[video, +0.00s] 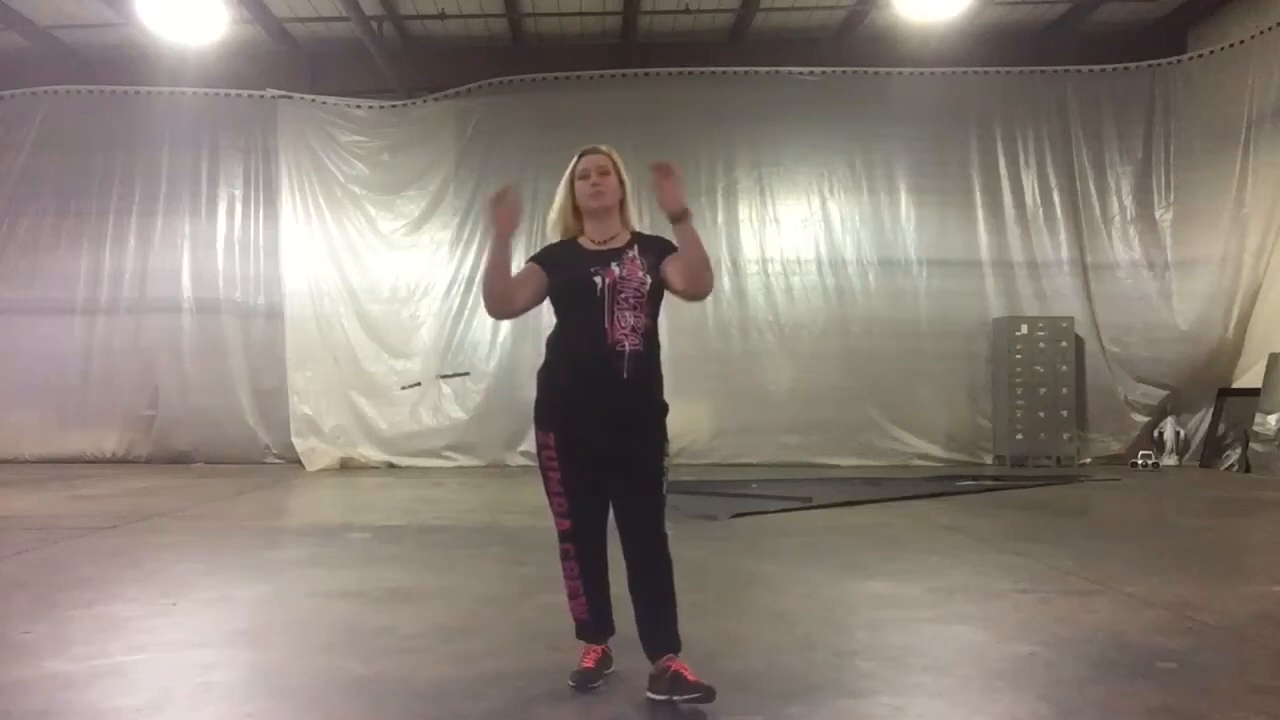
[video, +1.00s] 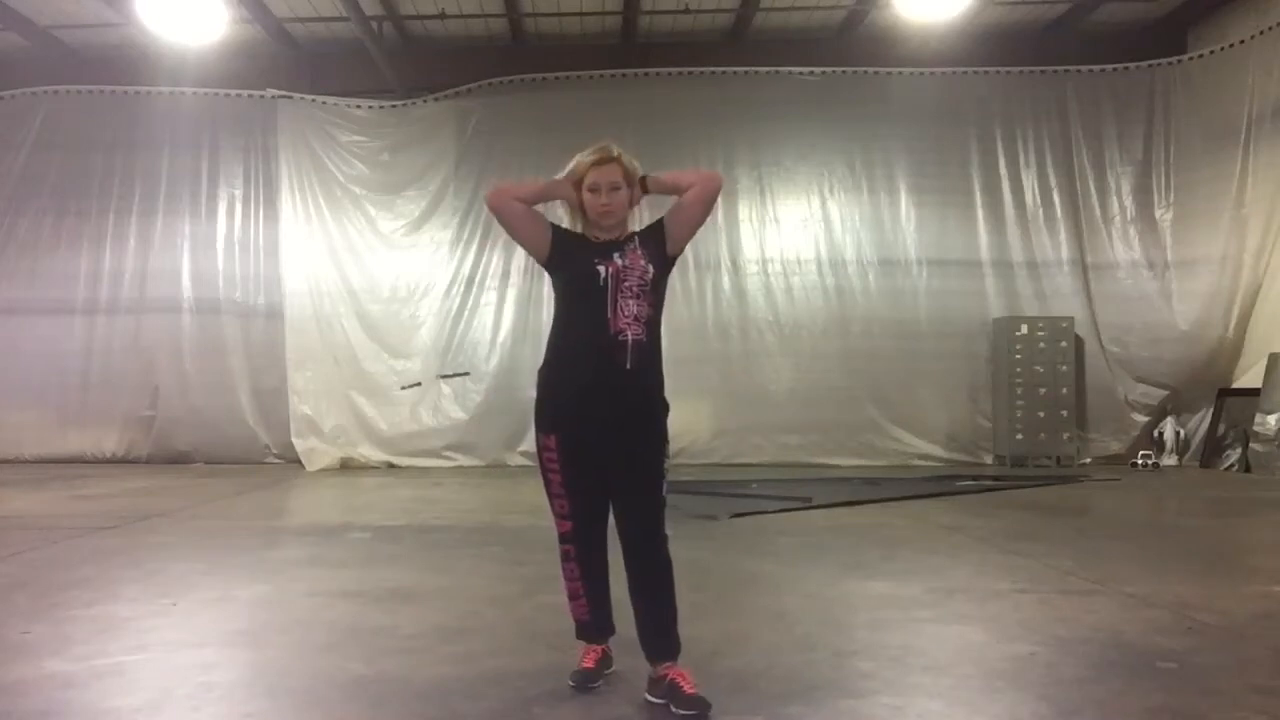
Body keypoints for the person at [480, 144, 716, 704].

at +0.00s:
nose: (595, 181)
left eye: (604, 172)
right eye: (584, 176)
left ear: (622, 185)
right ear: (572, 193)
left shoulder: (650, 248)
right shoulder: (557, 258)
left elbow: (698, 284)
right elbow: (499, 304)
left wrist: (680, 215)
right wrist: (500, 238)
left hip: (636, 414)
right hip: (567, 416)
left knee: (647, 537)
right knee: (580, 537)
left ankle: (665, 659)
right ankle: (595, 646)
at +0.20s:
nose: (600, 183)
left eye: (609, 175)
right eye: (589, 177)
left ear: (627, 189)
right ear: (574, 193)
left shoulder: (652, 252)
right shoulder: (560, 257)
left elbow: (708, 259)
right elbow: (497, 287)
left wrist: (654, 211)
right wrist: (548, 224)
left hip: (639, 413)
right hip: (569, 416)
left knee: (649, 536)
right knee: (581, 536)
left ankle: (666, 660)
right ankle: (594, 645)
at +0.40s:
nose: (601, 182)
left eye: (611, 174)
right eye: (590, 175)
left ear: (629, 188)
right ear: (576, 190)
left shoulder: (656, 251)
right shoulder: (560, 256)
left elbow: (710, 237)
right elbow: (495, 264)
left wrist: (651, 208)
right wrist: (557, 225)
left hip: (641, 413)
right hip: (571, 416)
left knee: (650, 536)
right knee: (582, 535)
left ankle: (666, 662)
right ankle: (594, 646)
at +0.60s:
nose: (603, 186)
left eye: (614, 178)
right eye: (593, 179)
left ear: (632, 191)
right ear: (578, 193)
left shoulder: (657, 249)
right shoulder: (562, 256)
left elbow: (713, 219)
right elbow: (495, 239)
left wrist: (650, 199)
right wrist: (560, 208)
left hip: (641, 414)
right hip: (571, 415)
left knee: (649, 538)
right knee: (582, 536)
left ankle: (666, 662)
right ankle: (594, 646)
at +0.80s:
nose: (605, 194)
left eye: (615, 184)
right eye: (594, 185)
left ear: (633, 192)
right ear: (579, 196)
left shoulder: (657, 248)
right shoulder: (562, 253)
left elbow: (713, 195)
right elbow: (494, 213)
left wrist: (650, 191)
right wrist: (564, 196)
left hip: (639, 416)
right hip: (569, 417)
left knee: (648, 539)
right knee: (581, 537)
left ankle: (666, 663)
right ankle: (594, 647)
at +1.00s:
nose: (606, 199)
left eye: (615, 189)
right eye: (595, 190)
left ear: (633, 194)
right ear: (578, 198)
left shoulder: (655, 247)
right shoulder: (561, 251)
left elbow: (710, 183)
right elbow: (498, 198)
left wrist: (646, 183)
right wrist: (559, 189)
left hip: (637, 416)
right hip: (567, 417)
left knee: (647, 540)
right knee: (580, 538)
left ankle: (665, 663)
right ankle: (593, 645)